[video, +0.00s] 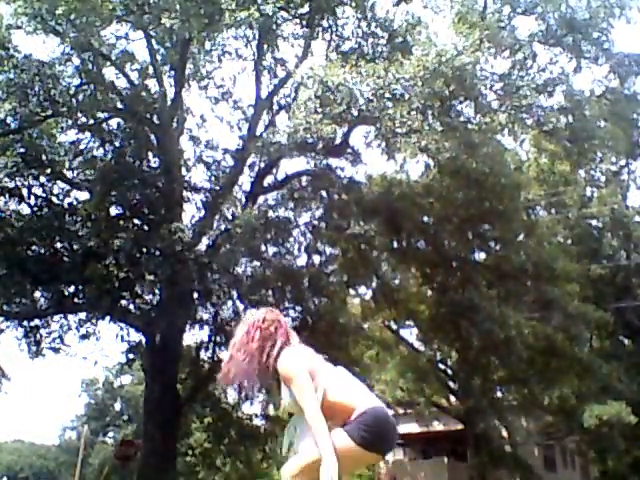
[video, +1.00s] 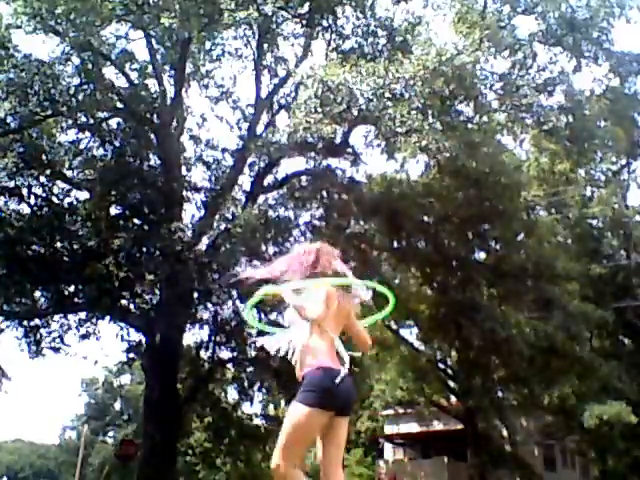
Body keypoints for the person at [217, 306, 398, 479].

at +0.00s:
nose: (246, 352)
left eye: (247, 343)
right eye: (244, 343)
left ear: (260, 339)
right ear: (278, 331)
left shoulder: (288, 360)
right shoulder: (299, 355)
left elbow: (313, 411)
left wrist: (329, 466)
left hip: (370, 426)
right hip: (377, 427)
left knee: (291, 471)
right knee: (299, 472)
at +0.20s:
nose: (264, 326)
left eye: (268, 317)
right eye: (258, 318)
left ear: (281, 311)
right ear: (256, 318)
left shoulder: (316, 337)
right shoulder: (266, 351)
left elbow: (350, 387)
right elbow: (268, 399)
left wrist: (370, 432)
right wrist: (256, 442)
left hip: (347, 419)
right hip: (310, 423)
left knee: (317, 468)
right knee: (294, 470)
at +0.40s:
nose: (297, 304)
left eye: (302, 297)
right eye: (293, 296)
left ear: (320, 294)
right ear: (289, 292)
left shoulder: (342, 320)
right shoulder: (283, 322)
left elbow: (353, 370)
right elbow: (262, 368)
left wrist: (370, 414)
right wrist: (245, 408)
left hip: (320, 413)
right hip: (280, 411)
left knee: (349, 467)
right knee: (296, 470)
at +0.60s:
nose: (354, 282)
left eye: (355, 276)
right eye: (351, 274)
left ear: (334, 272)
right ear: (333, 271)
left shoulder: (331, 306)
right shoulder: (319, 299)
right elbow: (291, 340)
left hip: (303, 391)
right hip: (292, 390)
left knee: (333, 469)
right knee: (338, 468)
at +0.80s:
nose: (352, 270)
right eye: (350, 265)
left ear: (314, 265)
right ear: (344, 267)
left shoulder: (298, 292)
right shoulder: (350, 295)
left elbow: (274, 331)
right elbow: (354, 332)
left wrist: (275, 339)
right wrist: (391, 340)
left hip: (286, 374)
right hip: (326, 377)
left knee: (296, 467)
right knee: (331, 469)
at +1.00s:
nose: (295, 276)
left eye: (297, 271)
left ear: (308, 266)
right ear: (332, 264)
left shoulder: (319, 287)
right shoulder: (346, 302)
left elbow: (317, 313)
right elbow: (365, 344)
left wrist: (287, 294)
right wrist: (352, 315)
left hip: (319, 378)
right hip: (343, 379)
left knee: (283, 465)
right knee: (332, 470)